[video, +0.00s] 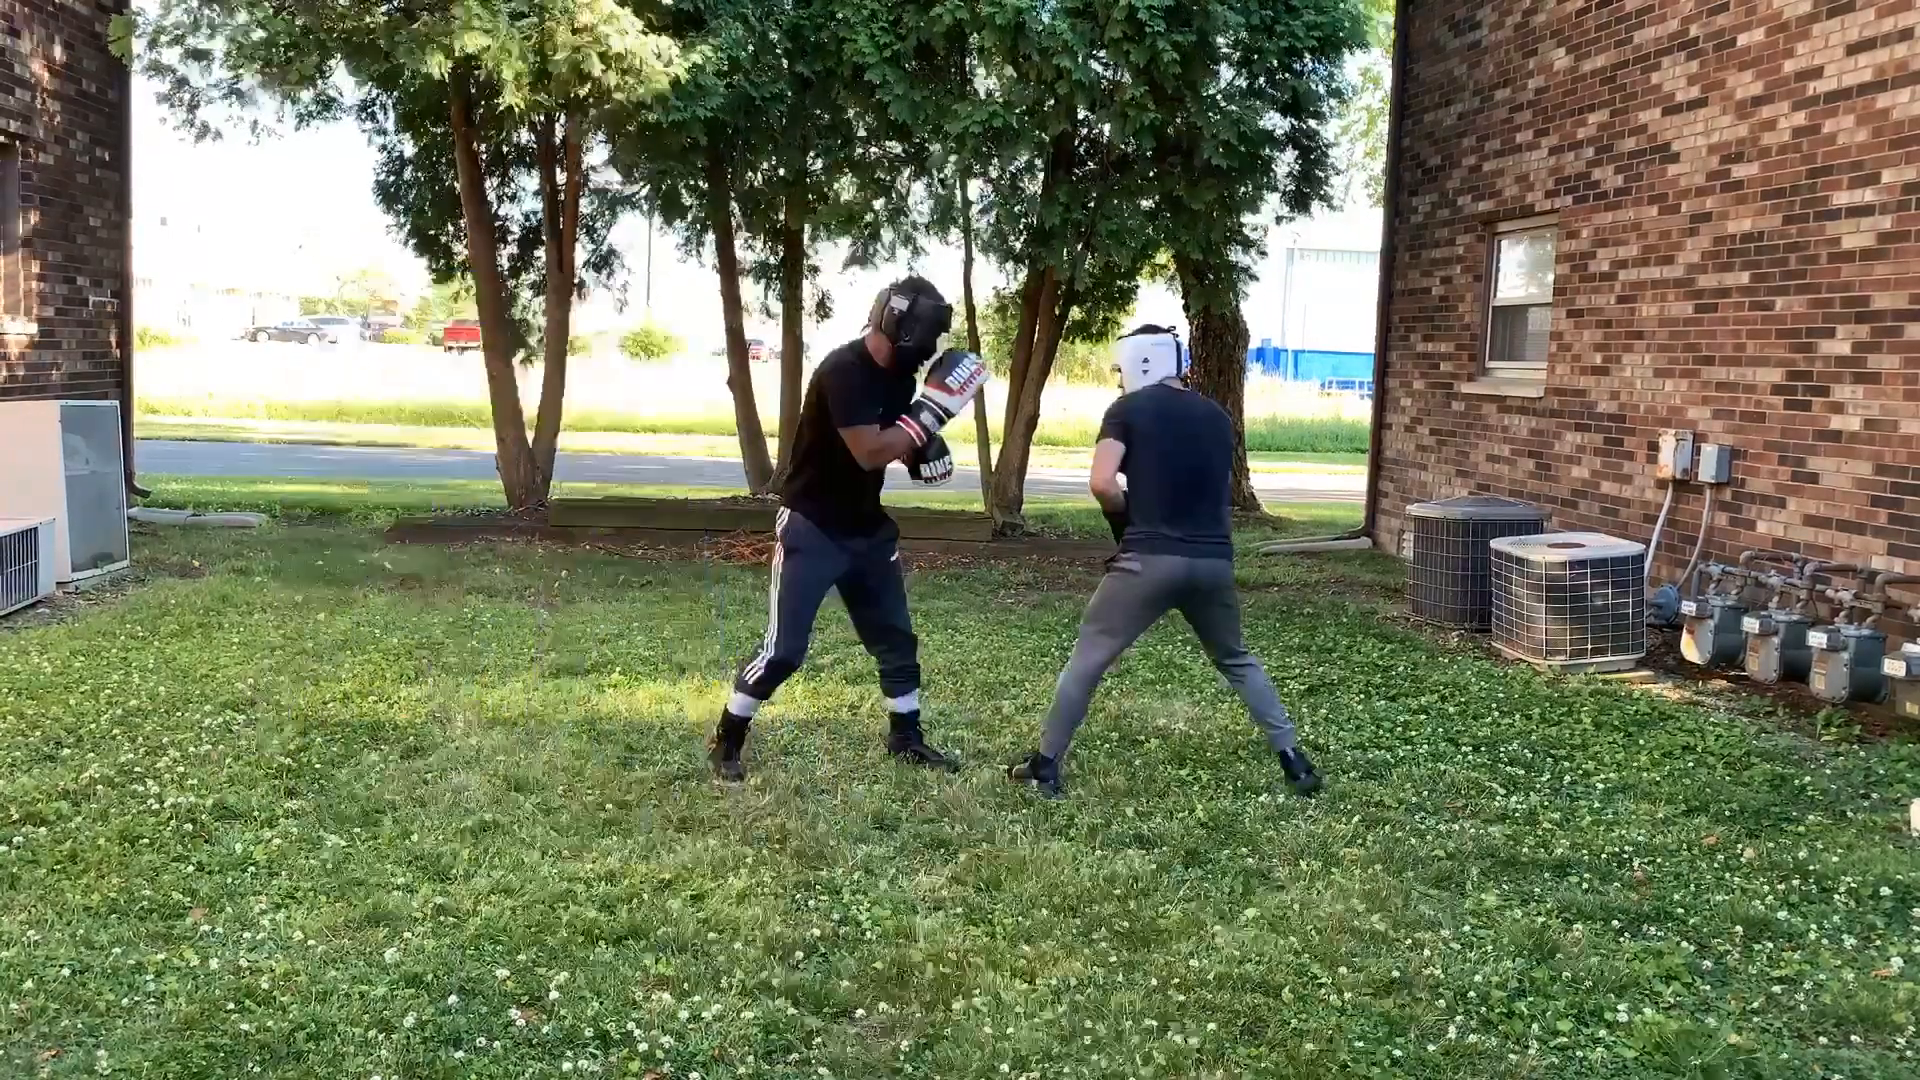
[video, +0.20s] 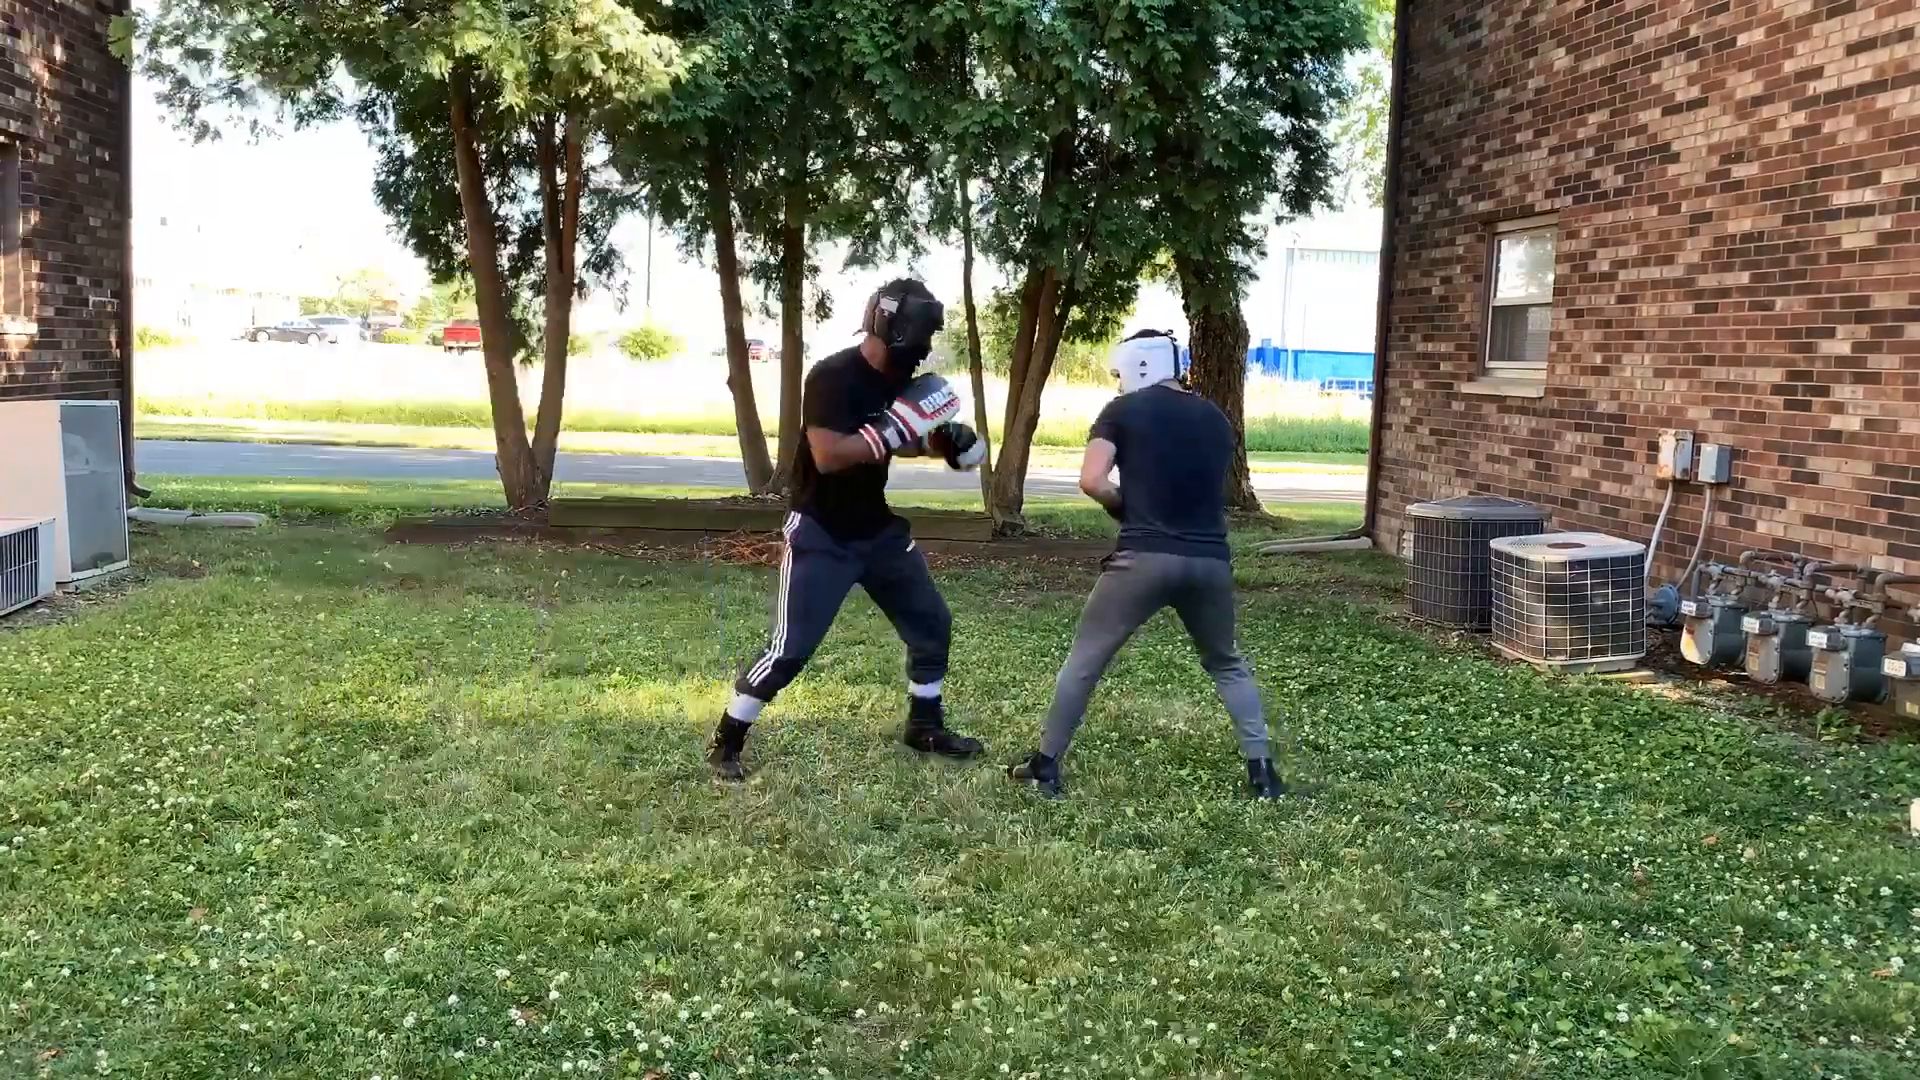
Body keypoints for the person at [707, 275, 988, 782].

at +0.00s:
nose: (924, 348)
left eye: (929, 339)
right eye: (921, 337)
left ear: (908, 331)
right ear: (895, 327)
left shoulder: (901, 375)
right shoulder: (843, 370)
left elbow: (889, 438)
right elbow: (869, 454)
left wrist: (918, 457)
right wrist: (931, 408)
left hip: (866, 526)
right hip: (810, 526)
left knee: (897, 641)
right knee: (784, 651)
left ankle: (906, 739)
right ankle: (729, 738)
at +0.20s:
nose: (922, 347)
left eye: (926, 337)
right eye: (916, 336)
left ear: (907, 332)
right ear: (889, 329)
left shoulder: (899, 382)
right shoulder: (830, 377)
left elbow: (906, 441)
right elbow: (826, 456)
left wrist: (948, 447)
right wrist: (892, 435)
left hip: (877, 529)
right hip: (819, 533)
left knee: (931, 620)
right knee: (792, 648)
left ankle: (924, 726)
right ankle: (728, 740)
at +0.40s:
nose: (964, 350)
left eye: (968, 341)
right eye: (956, 340)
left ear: (963, 339)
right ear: (928, 330)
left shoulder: (958, 379)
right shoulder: (870, 368)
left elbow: (1005, 417)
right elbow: (843, 438)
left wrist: (1059, 414)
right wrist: (911, 421)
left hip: (907, 522)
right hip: (845, 522)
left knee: (950, 626)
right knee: (821, 631)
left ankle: (947, 726)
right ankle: (795, 726)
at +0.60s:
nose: (990, 374)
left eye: (997, 366)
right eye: (986, 362)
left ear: (995, 364)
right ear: (964, 348)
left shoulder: (975, 407)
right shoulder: (892, 379)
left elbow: (973, 466)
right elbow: (852, 445)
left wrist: (1001, 483)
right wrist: (918, 440)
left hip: (947, 542)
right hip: (877, 540)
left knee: (992, 641)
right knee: (844, 636)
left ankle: (991, 734)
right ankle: (808, 733)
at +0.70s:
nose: (987, 372)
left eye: (993, 365)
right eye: (983, 360)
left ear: (989, 364)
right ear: (957, 347)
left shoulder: (965, 407)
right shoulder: (887, 378)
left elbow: (955, 475)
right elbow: (853, 450)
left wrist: (984, 497)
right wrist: (917, 441)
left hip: (938, 537)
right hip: (874, 530)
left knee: (978, 633)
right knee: (834, 620)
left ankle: (990, 732)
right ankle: (787, 709)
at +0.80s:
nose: (959, 366)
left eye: (966, 358)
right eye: (958, 354)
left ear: (952, 355)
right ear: (934, 341)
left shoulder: (941, 405)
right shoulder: (865, 384)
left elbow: (951, 472)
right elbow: (837, 459)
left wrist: (981, 510)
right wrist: (902, 440)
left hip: (918, 540)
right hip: (853, 539)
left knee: (967, 639)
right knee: (813, 633)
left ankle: (991, 736)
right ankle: (740, 694)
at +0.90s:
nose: (915, 365)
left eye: (920, 355)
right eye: (912, 352)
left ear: (895, 349)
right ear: (885, 345)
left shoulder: (900, 400)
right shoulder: (821, 397)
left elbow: (933, 467)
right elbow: (823, 475)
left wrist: (952, 453)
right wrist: (883, 440)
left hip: (891, 546)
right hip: (830, 548)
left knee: (951, 641)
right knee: (776, 648)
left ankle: (988, 731)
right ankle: (716, 704)